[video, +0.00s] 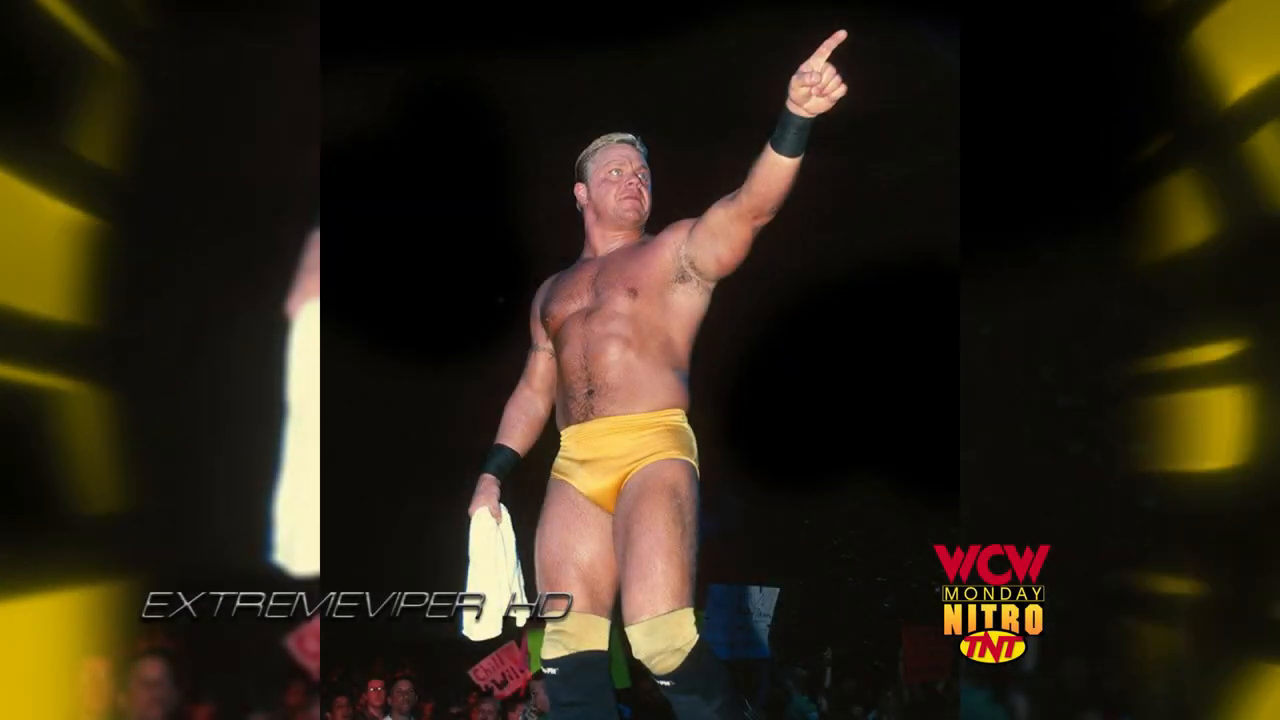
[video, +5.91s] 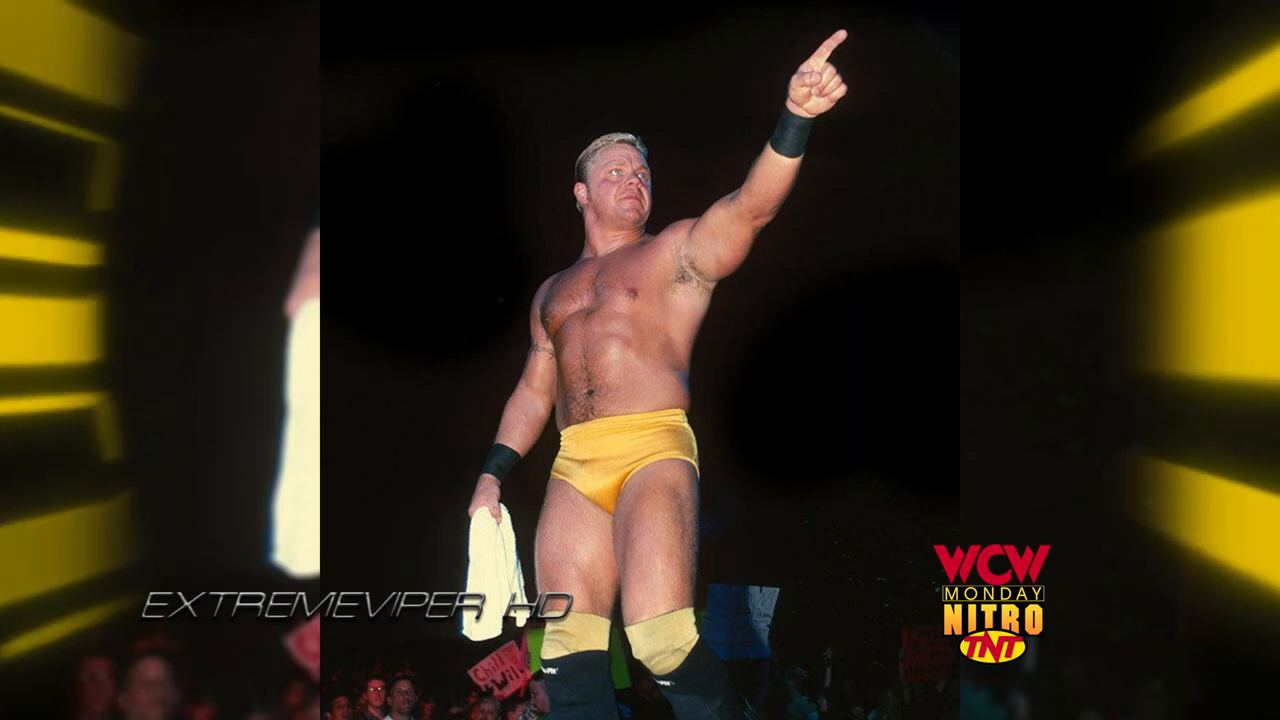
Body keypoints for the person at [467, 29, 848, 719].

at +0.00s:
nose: (632, 180)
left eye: (640, 172)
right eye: (614, 171)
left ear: (651, 193)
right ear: (581, 193)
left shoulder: (680, 254)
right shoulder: (553, 296)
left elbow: (752, 204)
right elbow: (534, 394)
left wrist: (797, 115)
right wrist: (490, 477)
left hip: (656, 448)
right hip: (576, 462)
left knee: (659, 635)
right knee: (568, 646)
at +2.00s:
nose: (632, 180)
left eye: (640, 172)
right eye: (614, 171)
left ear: (651, 193)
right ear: (581, 193)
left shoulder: (680, 254)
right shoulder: (553, 296)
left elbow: (752, 204)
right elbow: (534, 394)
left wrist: (797, 115)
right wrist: (490, 477)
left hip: (656, 448)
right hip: (576, 462)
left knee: (659, 635)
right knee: (568, 646)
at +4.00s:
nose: (631, 179)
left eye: (640, 172)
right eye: (614, 170)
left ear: (650, 194)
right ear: (580, 193)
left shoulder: (680, 253)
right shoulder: (552, 296)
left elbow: (753, 203)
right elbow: (534, 393)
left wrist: (797, 115)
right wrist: (490, 478)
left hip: (656, 448)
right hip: (575, 462)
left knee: (660, 637)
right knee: (568, 647)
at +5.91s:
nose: (631, 179)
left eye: (640, 172)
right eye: (614, 170)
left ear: (650, 194)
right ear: (580, 193)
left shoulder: (680, 253)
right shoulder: (552, 296)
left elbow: (753, 203)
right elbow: (534, 393)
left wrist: (797, 115)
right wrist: (490, 478)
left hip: (656, 448)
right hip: (575, 462)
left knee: (660, 637)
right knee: (568, 647)